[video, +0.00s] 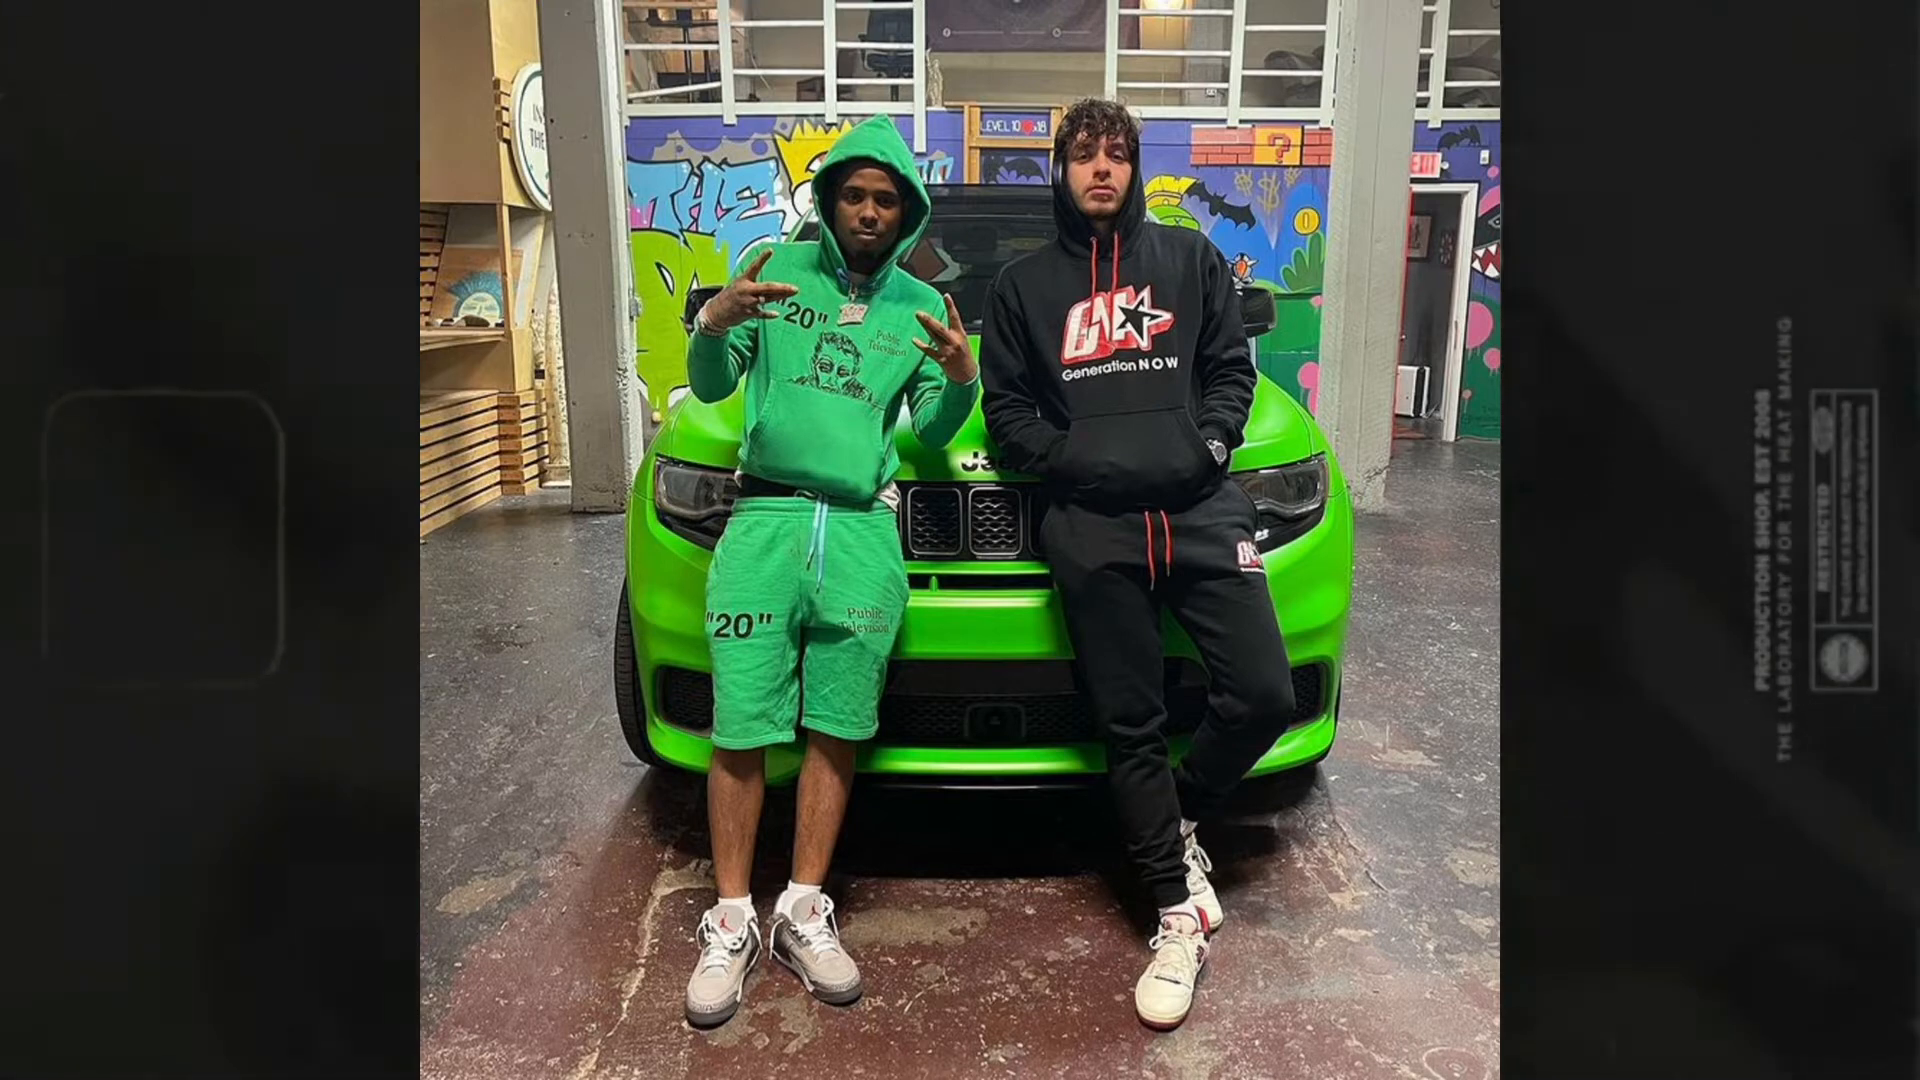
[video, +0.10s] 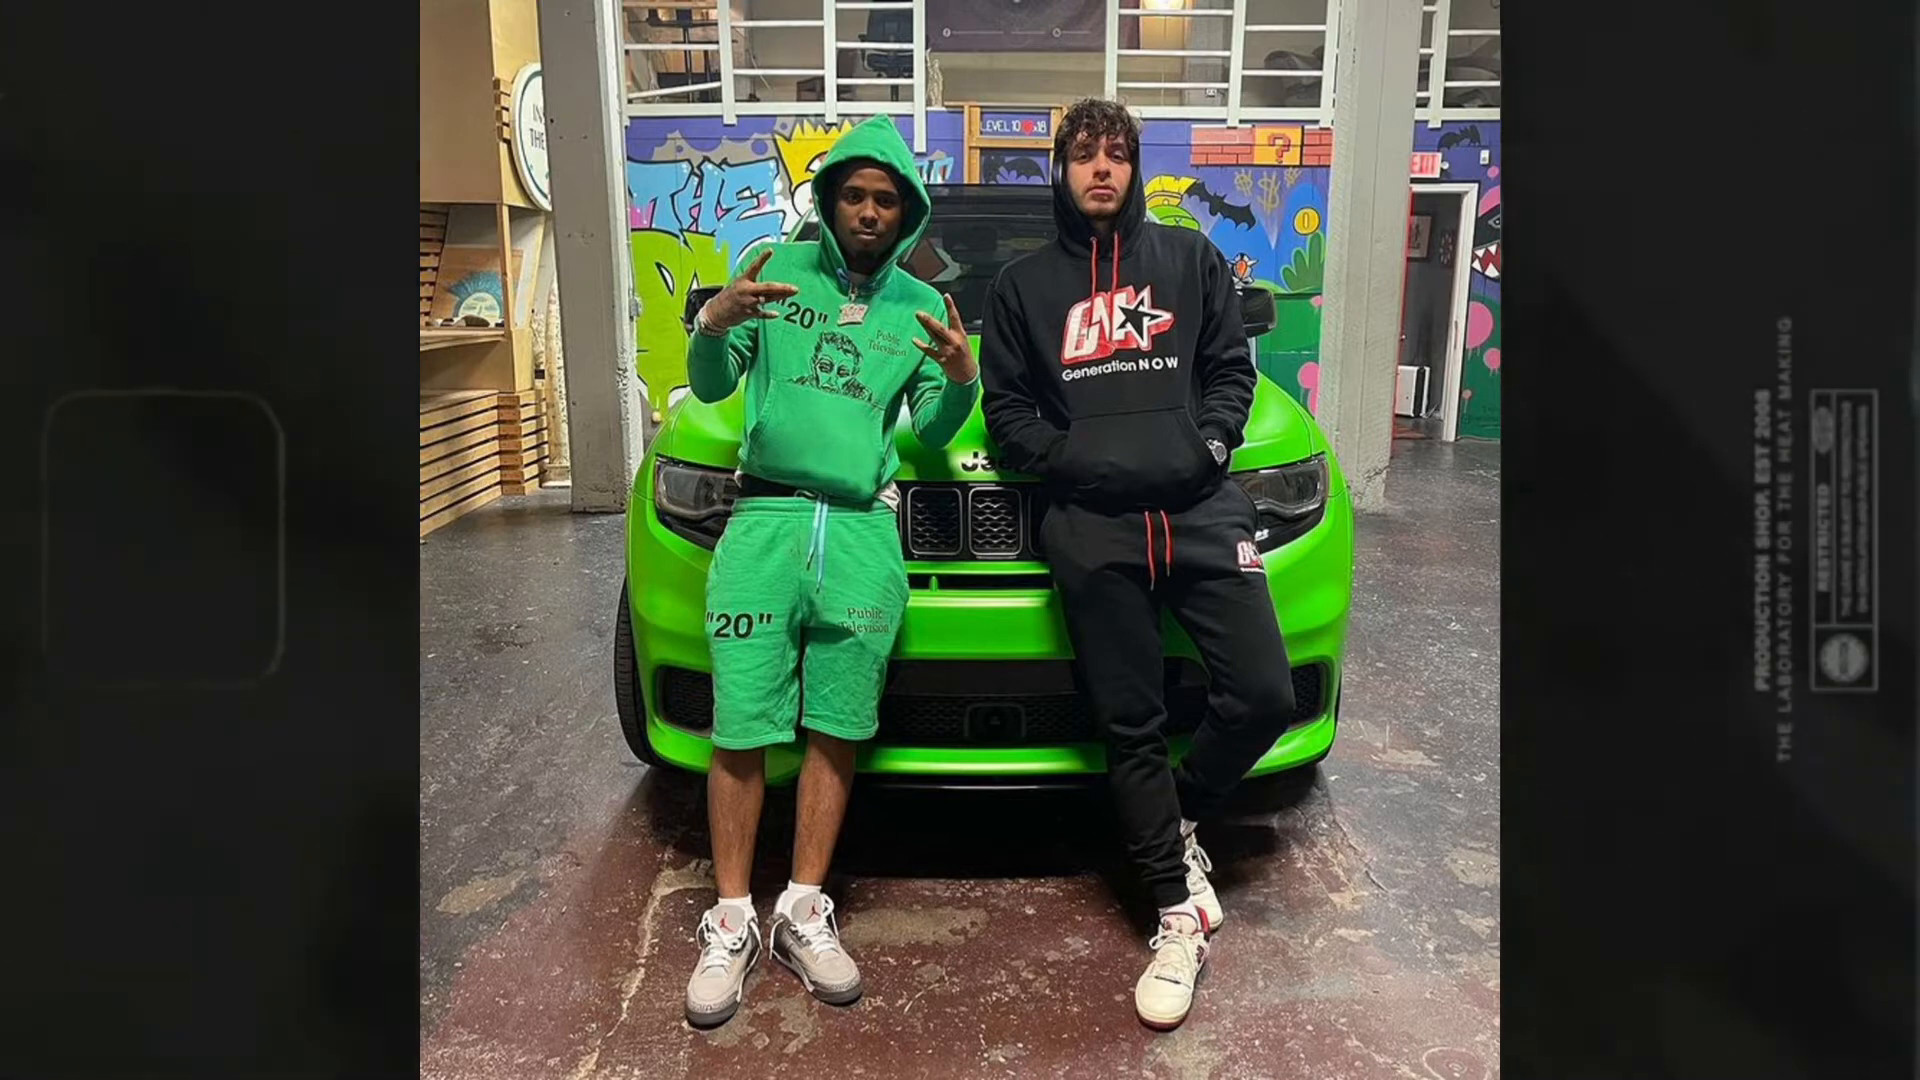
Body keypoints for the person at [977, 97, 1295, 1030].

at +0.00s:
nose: (1101, 171)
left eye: (1115, 158)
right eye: (1087, 159)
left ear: (1137, 170)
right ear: (1062, 171)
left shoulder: (1192, 257)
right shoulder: (1019, 281)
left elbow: (1232, 366)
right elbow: (1005, 404)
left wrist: (1208, 445)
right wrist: (1066, 457)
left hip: (1201, 503)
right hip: (1090, 514)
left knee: (1262, 693)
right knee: (1131, 718)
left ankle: (1179, 820)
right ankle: (1179, 917)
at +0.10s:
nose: (1101, 171)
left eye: (1115, 158)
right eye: (1087, 159)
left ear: (1137, 170)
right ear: (1062, 171)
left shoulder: (1192, 257)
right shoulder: (1019, 281)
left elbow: (1232, 366)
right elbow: (1005, 404)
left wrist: (1208, 445)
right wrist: (1066, 457)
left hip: (1201, 503)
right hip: (1090, 514)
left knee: (1262, 693)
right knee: (1131, 718)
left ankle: (1179, 820)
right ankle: (1179, 917)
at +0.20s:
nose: (1101, 171)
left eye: (1115, 158)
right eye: (1087, 159)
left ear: (1137, 170)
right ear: (1062, 171)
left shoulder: (1192, 257)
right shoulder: (1019, 281)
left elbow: (1232, 366)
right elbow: (1005, 404)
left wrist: (1208, 445)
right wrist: (1066, 457)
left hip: (1201, 503)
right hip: (1090, 514)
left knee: (1262, 692)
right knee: (1131, 718)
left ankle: (1179, 820)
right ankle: (1179, 917)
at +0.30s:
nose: (1102, 171)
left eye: (1116, 158)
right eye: (1088, 158)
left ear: (1137, 171)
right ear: (1062, 171)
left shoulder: (1191, 256)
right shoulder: (1017, 280)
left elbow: (1232, 364)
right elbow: (1004, 403)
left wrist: (1209, 444)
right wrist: (1066, 458)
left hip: (1200, 503)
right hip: (1091, 514)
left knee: (1262, 693)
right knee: (1131, 718)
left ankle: (1179, 819)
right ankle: (1179, 917)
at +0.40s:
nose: (1102, 171)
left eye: (1115, 158)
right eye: (1087, 158)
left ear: (1137, 171)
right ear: (1061, 172)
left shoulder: (1191, 256)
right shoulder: (1017, 280)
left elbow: (1232, 363)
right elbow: (1003, 403)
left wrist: (1209, 444)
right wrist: (1065, 457)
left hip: (1200, 503)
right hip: (1091, 514)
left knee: (1262, 692)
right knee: (1131, 719)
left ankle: (1180, 818)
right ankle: (1179, 918)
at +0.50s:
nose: (1102, 171)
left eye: (1115, 158)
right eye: (1087, 158)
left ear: (1137, 171)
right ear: (1061, 172)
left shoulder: (1191, 256)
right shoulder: (1017, 280)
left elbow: (1232, 363)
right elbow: (1003, 403)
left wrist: (1209, 444)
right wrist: (1065, 457)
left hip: (1200, 503)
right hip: (1091, 514)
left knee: (1262, 692)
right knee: (1131, 719)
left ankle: (1180, 818)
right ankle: (1179, 918)